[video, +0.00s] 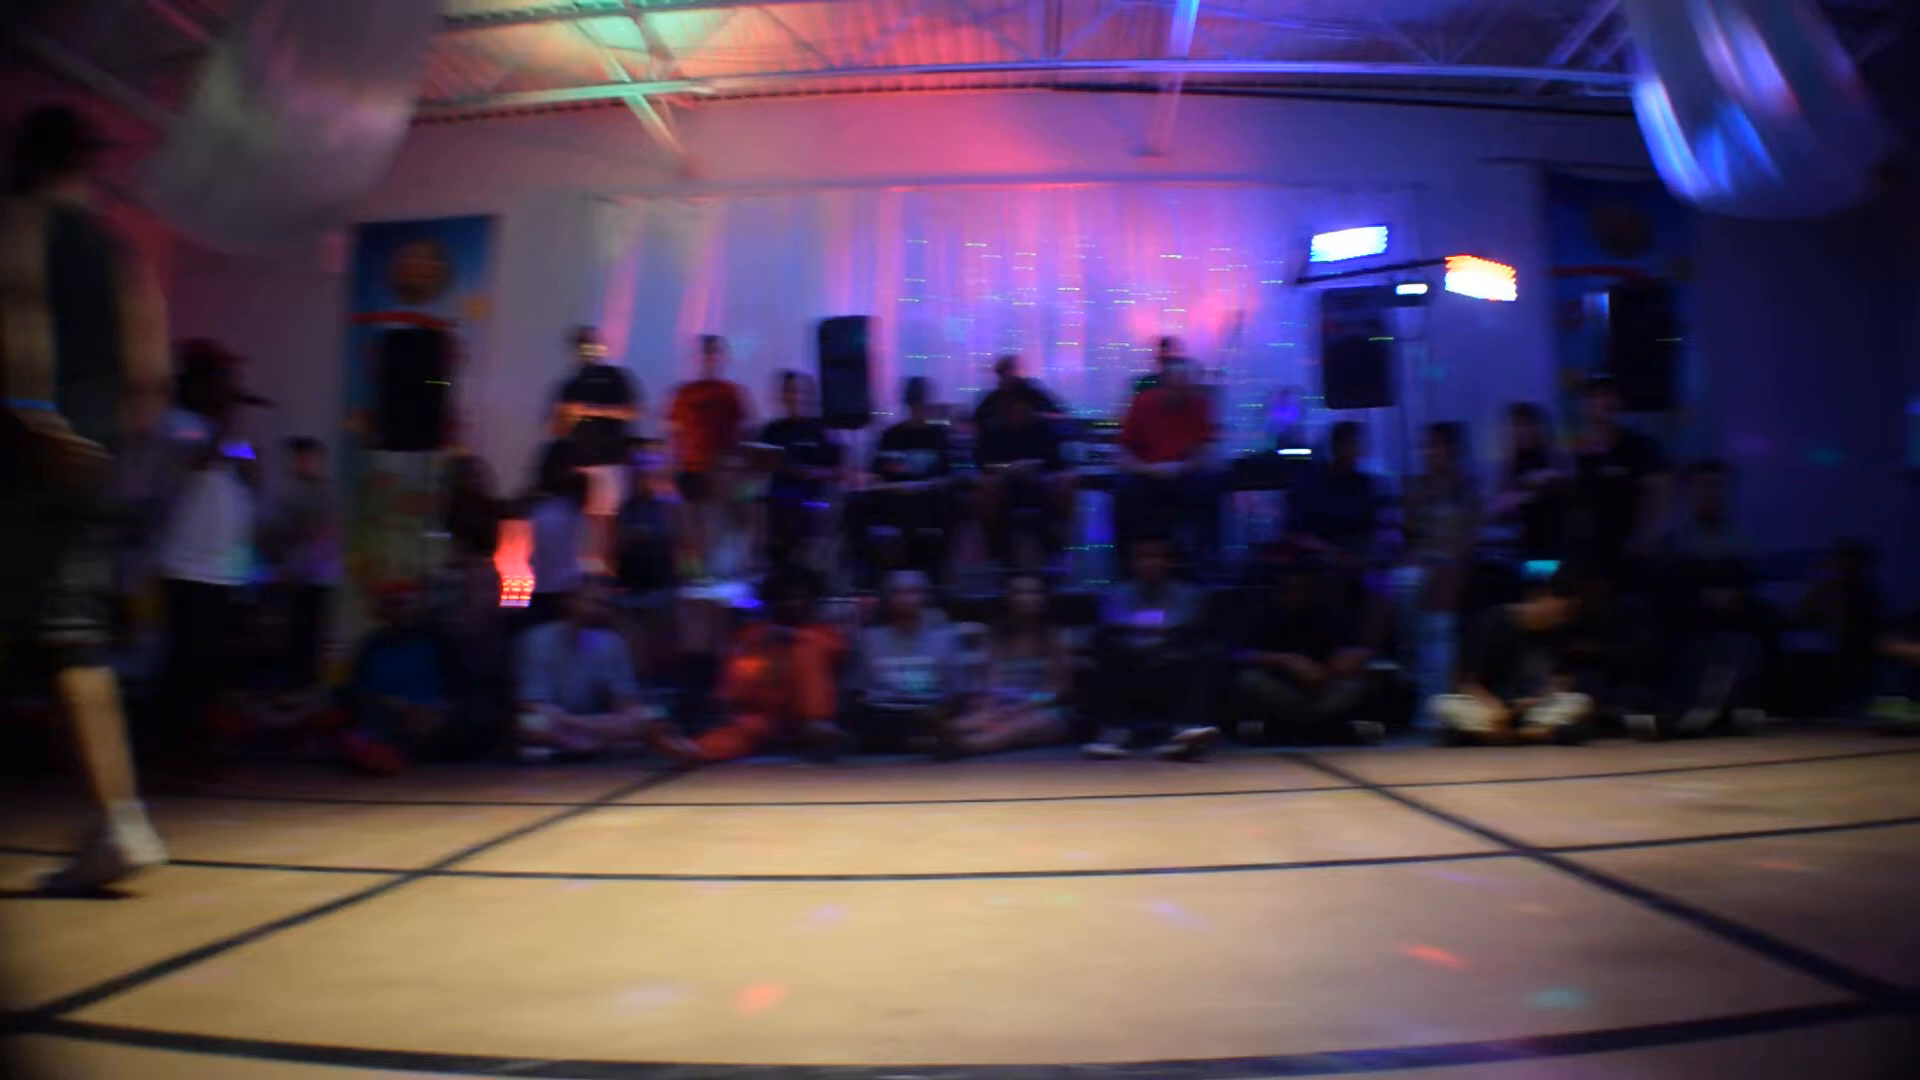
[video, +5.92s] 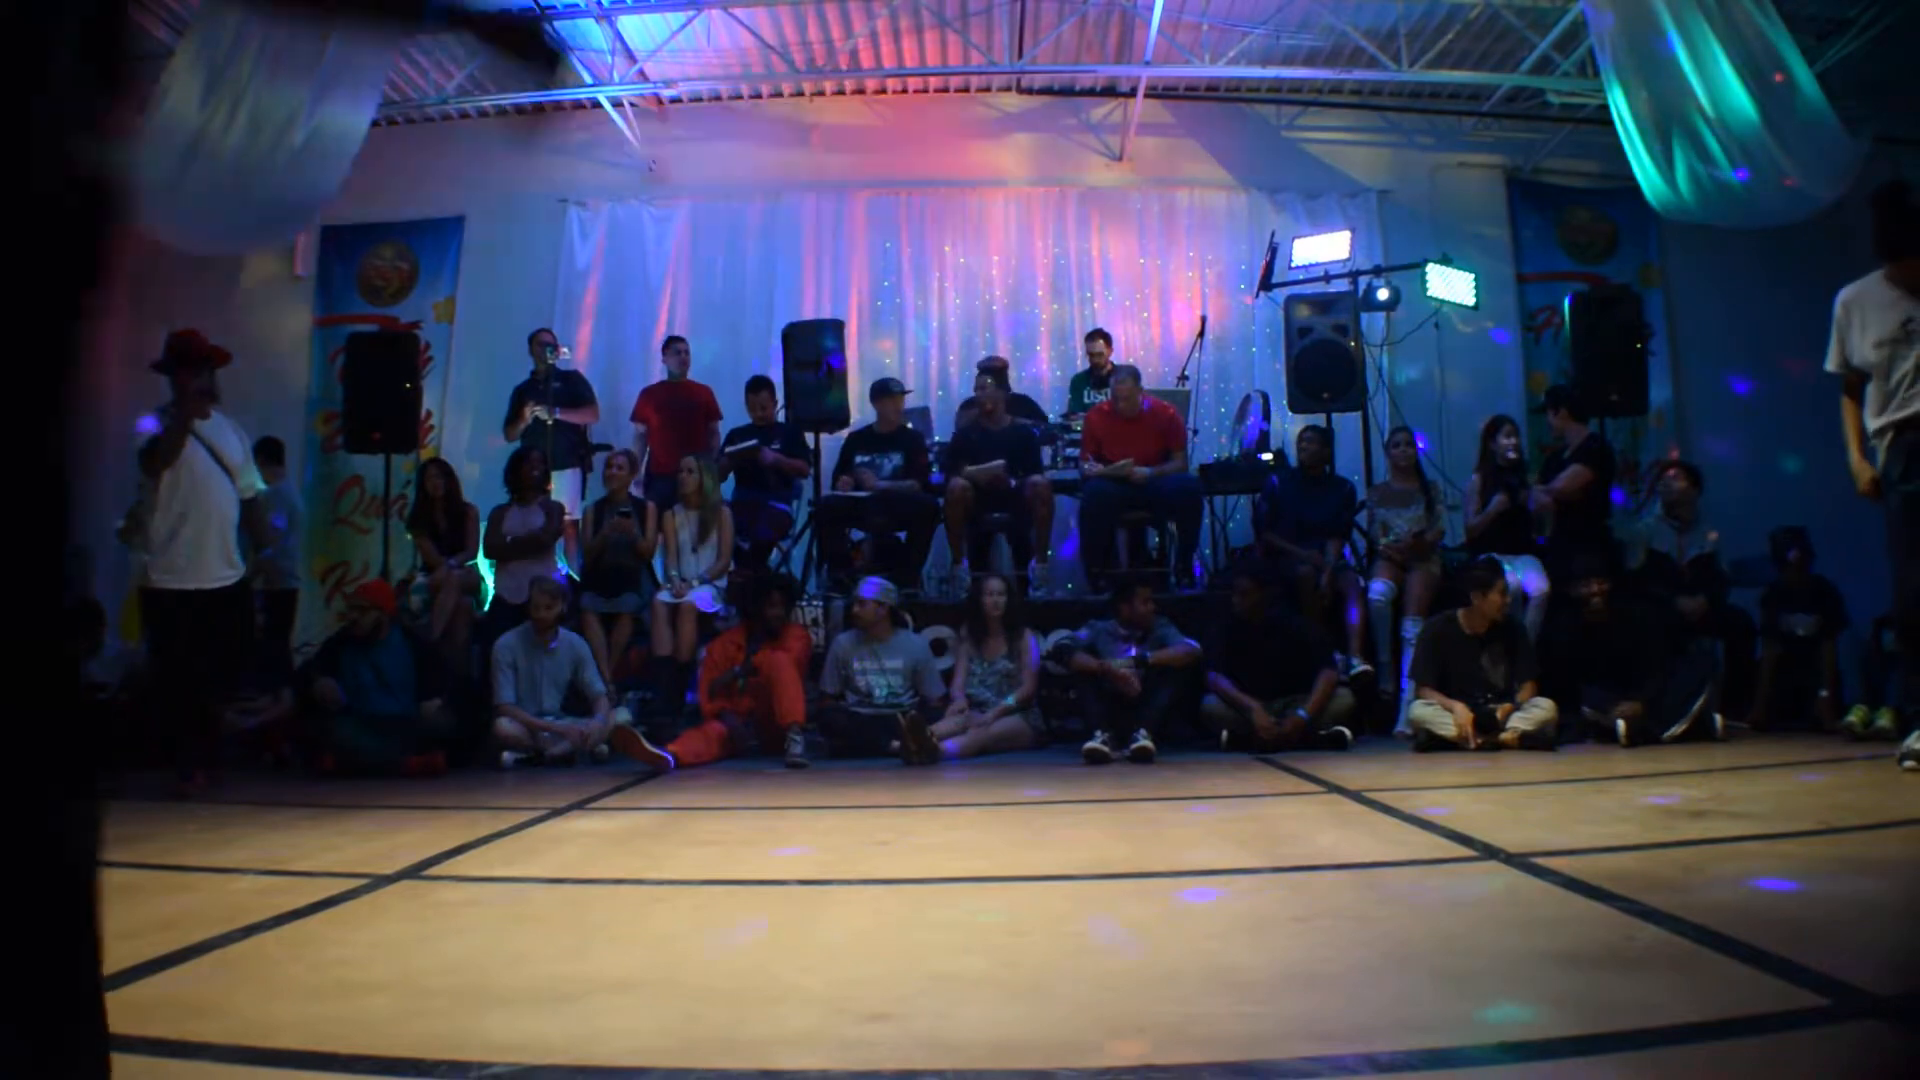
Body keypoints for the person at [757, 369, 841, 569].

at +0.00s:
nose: (793, 398)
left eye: (799, 392)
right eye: (789, 392)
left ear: (810, 395)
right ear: (783, 395)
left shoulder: (821, 430)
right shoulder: (774, 430)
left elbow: (834, 469)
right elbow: (764, 463)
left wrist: (807, 472)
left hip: (814, 501)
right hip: (780, 501)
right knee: (779, 554)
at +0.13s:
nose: (745, 396)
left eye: (750, 390)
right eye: (740, 391)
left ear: (760, 394)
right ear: (732, 394)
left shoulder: (774, 428)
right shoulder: (720, 430)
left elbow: (793, 466)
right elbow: (706, 467)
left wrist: (767, 470)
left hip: (765, 502)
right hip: (728, 500)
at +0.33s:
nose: (739, 400)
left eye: (744, 393)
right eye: (733, 395)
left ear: (756, 395)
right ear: (728, 398)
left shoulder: (771, 428)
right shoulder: (718, 430)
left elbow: (787, 467)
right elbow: (702, 469)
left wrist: (760, 452)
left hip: (760, 499)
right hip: (726, 497)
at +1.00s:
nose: (764, 404)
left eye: (768, 397)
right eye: (757, 399)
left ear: (777, 398)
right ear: (748, 402)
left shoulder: (793, 428)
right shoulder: (741, 431)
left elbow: (801, 460)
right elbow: (725, 470)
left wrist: (777, 430)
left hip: (781, 494)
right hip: (749, 494)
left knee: (770, 531)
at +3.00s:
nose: (755, 406)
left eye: (760, 400)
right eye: (748, 401)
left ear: (769, 403)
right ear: (742, 406)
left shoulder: (789, 431)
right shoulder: (736, 435)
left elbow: (797, 462)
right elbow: (719, 478)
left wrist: (768, 433)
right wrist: (725, 459)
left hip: (778, 499)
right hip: (745, 498)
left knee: (768, 529)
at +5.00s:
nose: (755, 415)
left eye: (760, 408)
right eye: (750, 410)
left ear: (772, 404)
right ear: (744, 407)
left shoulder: (790, 433)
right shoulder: (736, 435)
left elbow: (802, 468)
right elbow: (718, 474)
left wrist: (772, 459)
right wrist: (736, 458)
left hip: (776, 502)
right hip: (742, 500)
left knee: (764, 535)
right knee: (722, 527)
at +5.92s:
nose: (758, 414)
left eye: (763, 408)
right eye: (753, 408)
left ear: (775, 404)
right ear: (747, 407)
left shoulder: (790, 433)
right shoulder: (736, 435)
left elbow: (804, 469)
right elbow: (719, 475)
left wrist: (775, 459)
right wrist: (731, 460)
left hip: (777, 501)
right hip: (743, 500)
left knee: (762, 537)